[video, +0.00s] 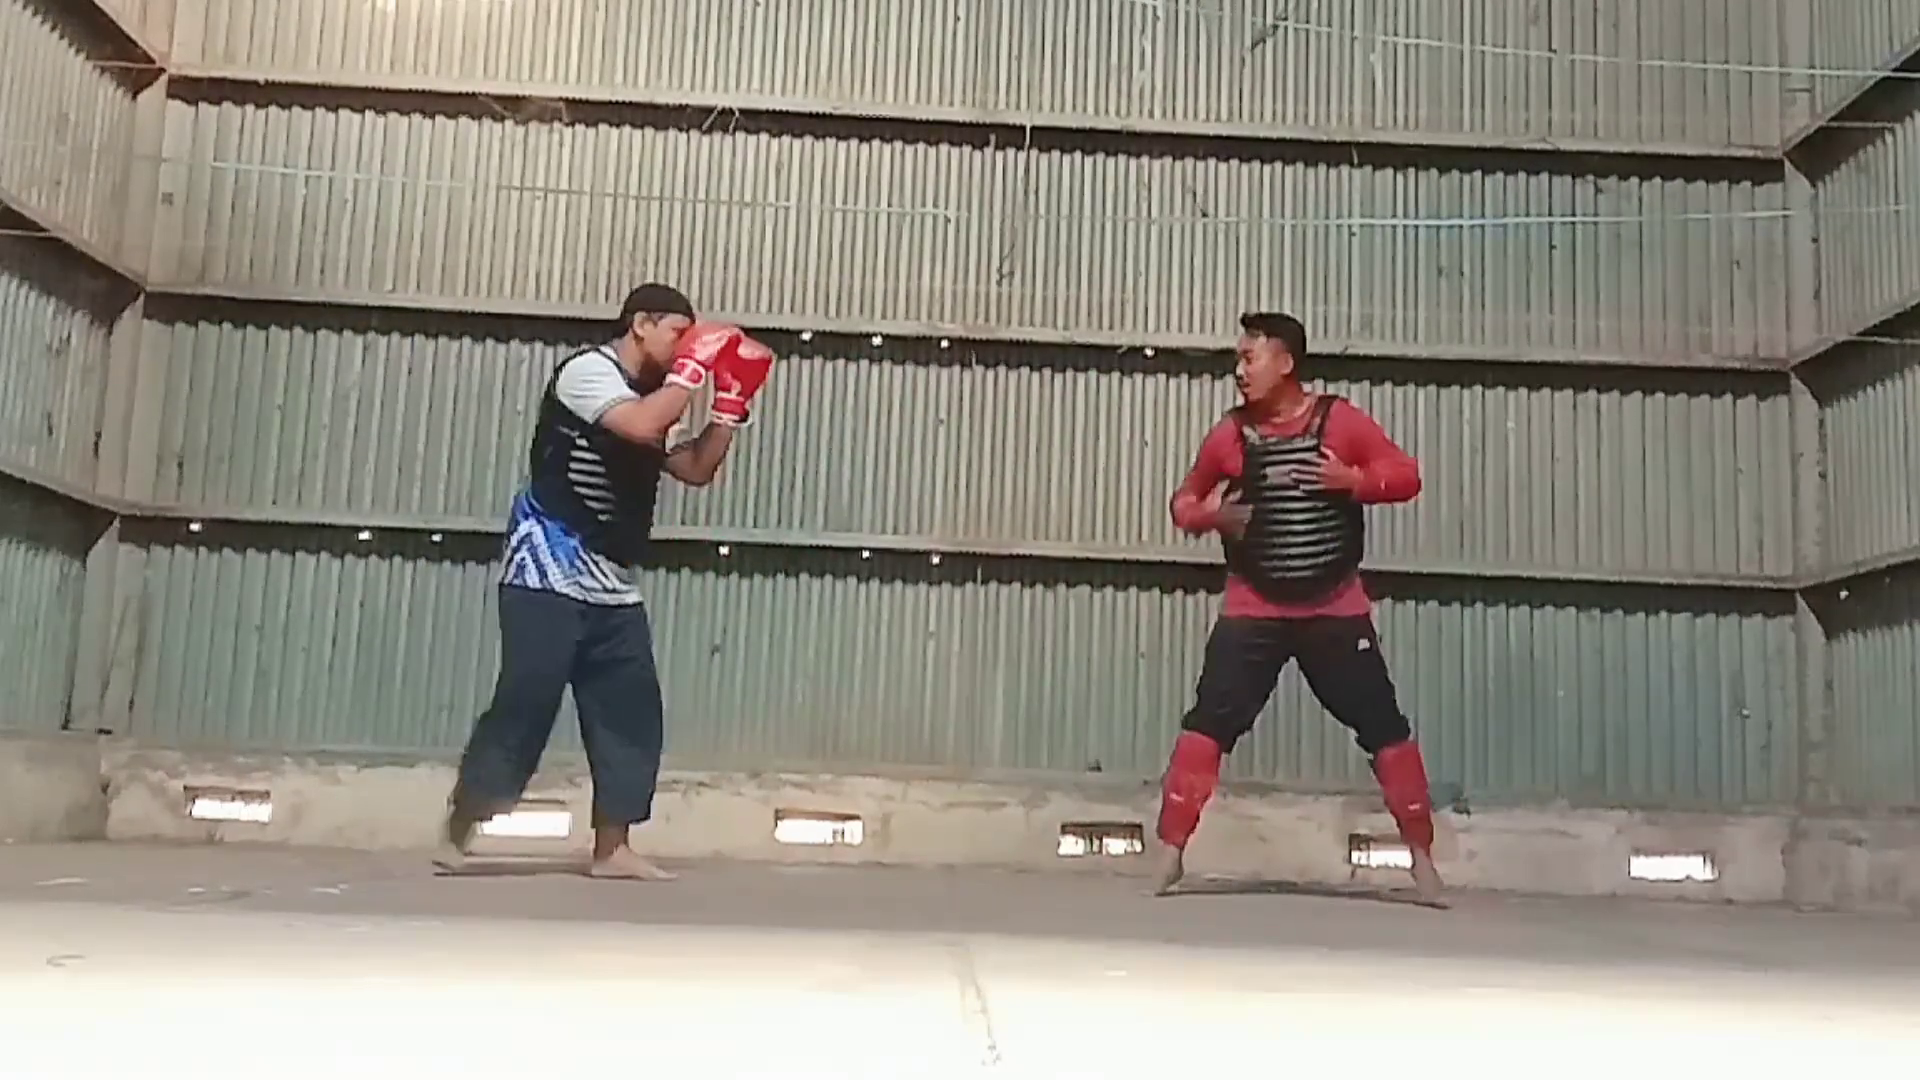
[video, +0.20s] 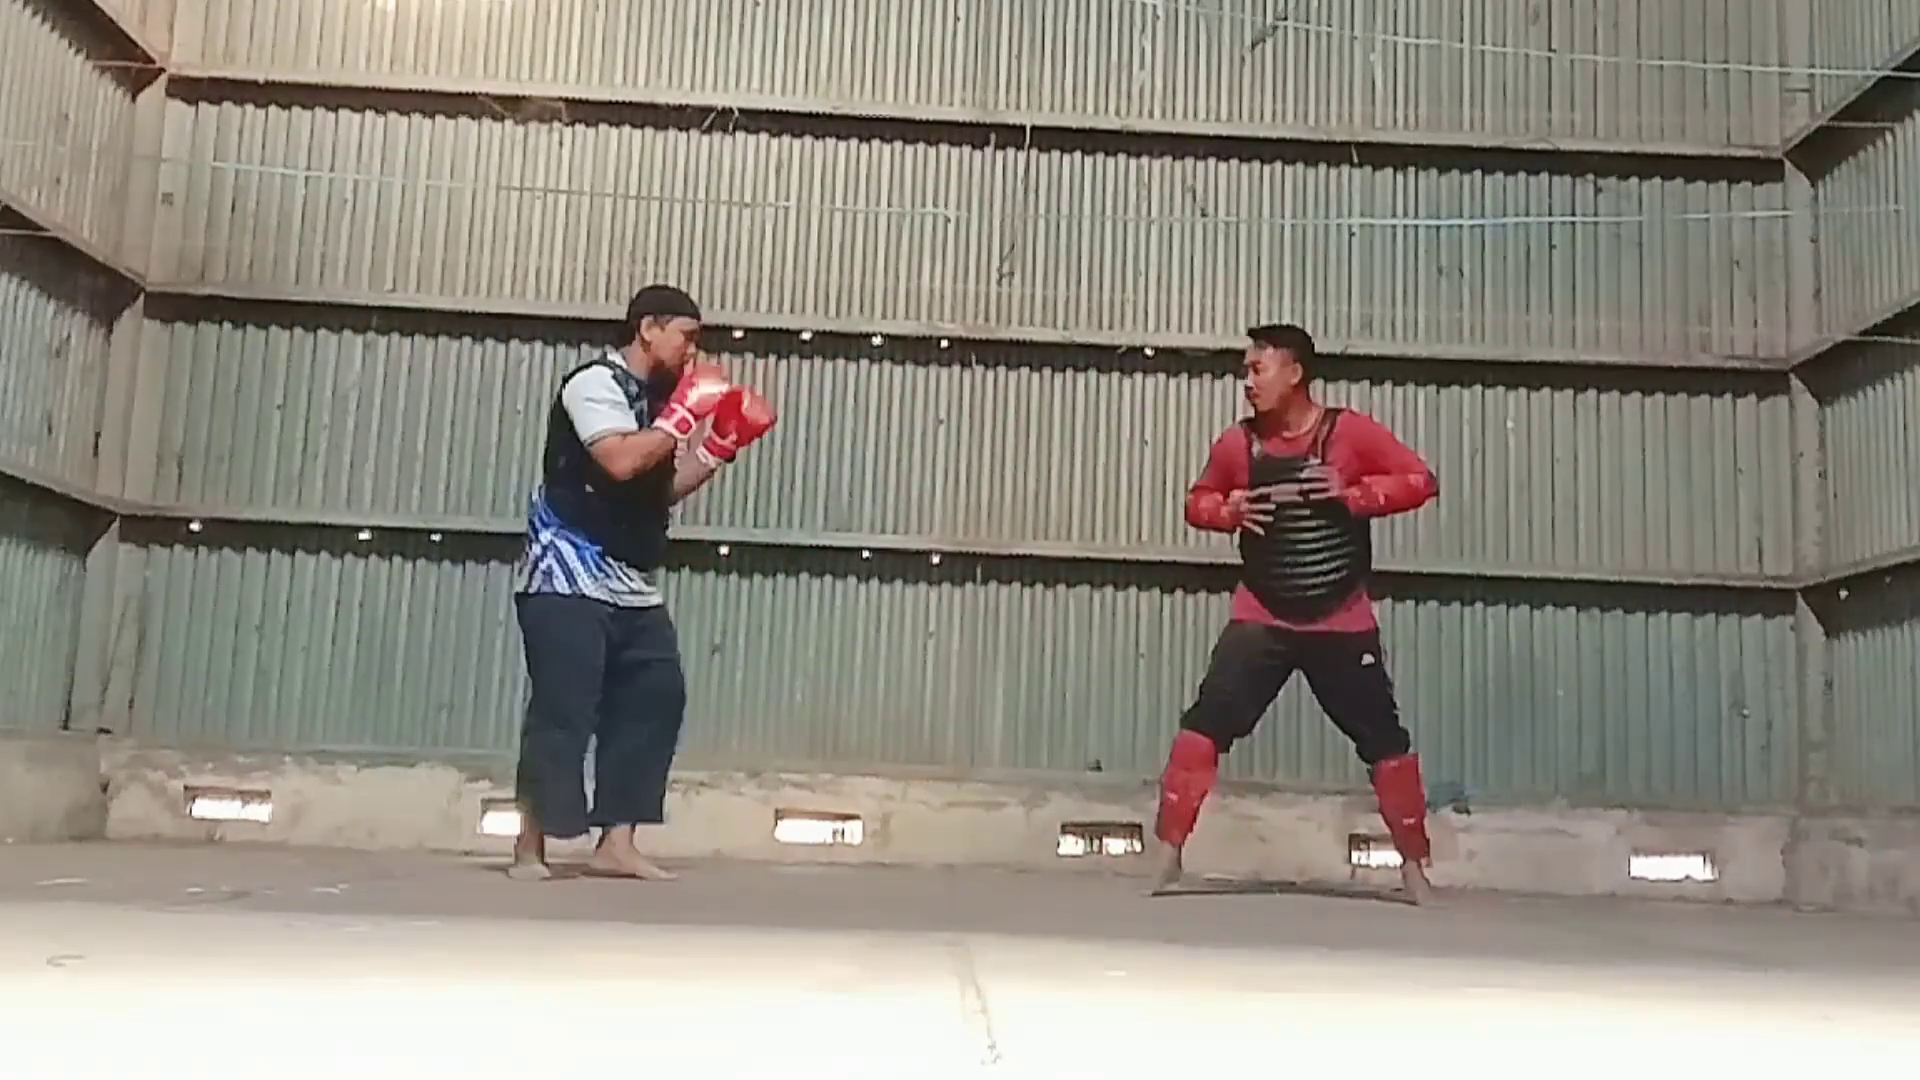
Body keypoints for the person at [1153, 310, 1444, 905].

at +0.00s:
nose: (1239, 368)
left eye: (1250, 357)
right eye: (1238, 358)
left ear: (1288, 362)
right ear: (1245, 365)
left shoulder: (1341, 422)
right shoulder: (1227, 437)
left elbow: (1407, 478)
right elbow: (1183, 507)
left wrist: (1356, 481)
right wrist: (1211, 516)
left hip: (1334, 611)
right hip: (1251, 613)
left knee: (1383, 727)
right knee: (1209, 721)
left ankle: (1422, 861)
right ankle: (1167, 851)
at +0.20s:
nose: (1248, 380)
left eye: (1259, 368)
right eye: (1247, 370)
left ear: (1297, 373)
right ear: (1252, 378)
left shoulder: (1349, 433)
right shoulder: (1238, 444)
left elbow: (1419, 482)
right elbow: (1198, 503)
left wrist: (1353, 493)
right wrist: (1227, 510)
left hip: (1341, 624)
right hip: (1260, 621)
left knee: (1385, 744)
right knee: (1204, 725)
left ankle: (1414, 868)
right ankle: (1166, 853)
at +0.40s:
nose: (1240, 385)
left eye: (1251, 374)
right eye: (1239, 375)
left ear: (1287, 379)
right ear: (1246, 383)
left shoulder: (1334, 440)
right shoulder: (1226, 449)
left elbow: (1404, 496)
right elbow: (1183, 514)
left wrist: (1331, 503)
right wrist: (1211, 519)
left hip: (1325, 631)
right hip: (1243, 628)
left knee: (1375, 746)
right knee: (1183, 728)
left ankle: (1414, 870)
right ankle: (1136, 855)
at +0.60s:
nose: (1218, 371)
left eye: (1229, 360)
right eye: (1218, 360)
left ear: (1267, 368)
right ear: (1224, 368)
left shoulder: (1311, 429)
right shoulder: (1201, 435)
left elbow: (1348, 507)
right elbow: (1173, 515)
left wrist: (1274, 493)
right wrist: (1172, 581)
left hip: (1294, 615)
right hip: (1214, 614)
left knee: (1346, 728)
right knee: (1168, 724)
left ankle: (1376, 859)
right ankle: (1136, 852)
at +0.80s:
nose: (1220, 382)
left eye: (1231, 370)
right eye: (1219, 371)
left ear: (1268, 373)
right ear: (1230, 378)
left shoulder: (1315, 436)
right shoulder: (1207, 447)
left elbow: (1326, 507)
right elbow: (1181, 530)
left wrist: (1257, 465)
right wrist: (1164, 572)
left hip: (1296, 627)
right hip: (1218, 624)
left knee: (1335, 746)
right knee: (1165, 731)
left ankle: (1355, 868)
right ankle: (1137, 856)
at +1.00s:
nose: (1205, 374)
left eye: (1216, 362)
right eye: (1204, 363)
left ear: (1253, 365)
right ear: (1218, 369)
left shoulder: (1304, 427)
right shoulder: (1195, 441)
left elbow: (1341, 504)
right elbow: (1176, 526)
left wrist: (1270, 516)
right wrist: (1157, 596)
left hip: (1289, 618)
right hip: (1209, 613)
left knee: (1330, 736)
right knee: (1149, 717)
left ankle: (1359, 863)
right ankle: (1098, 847)